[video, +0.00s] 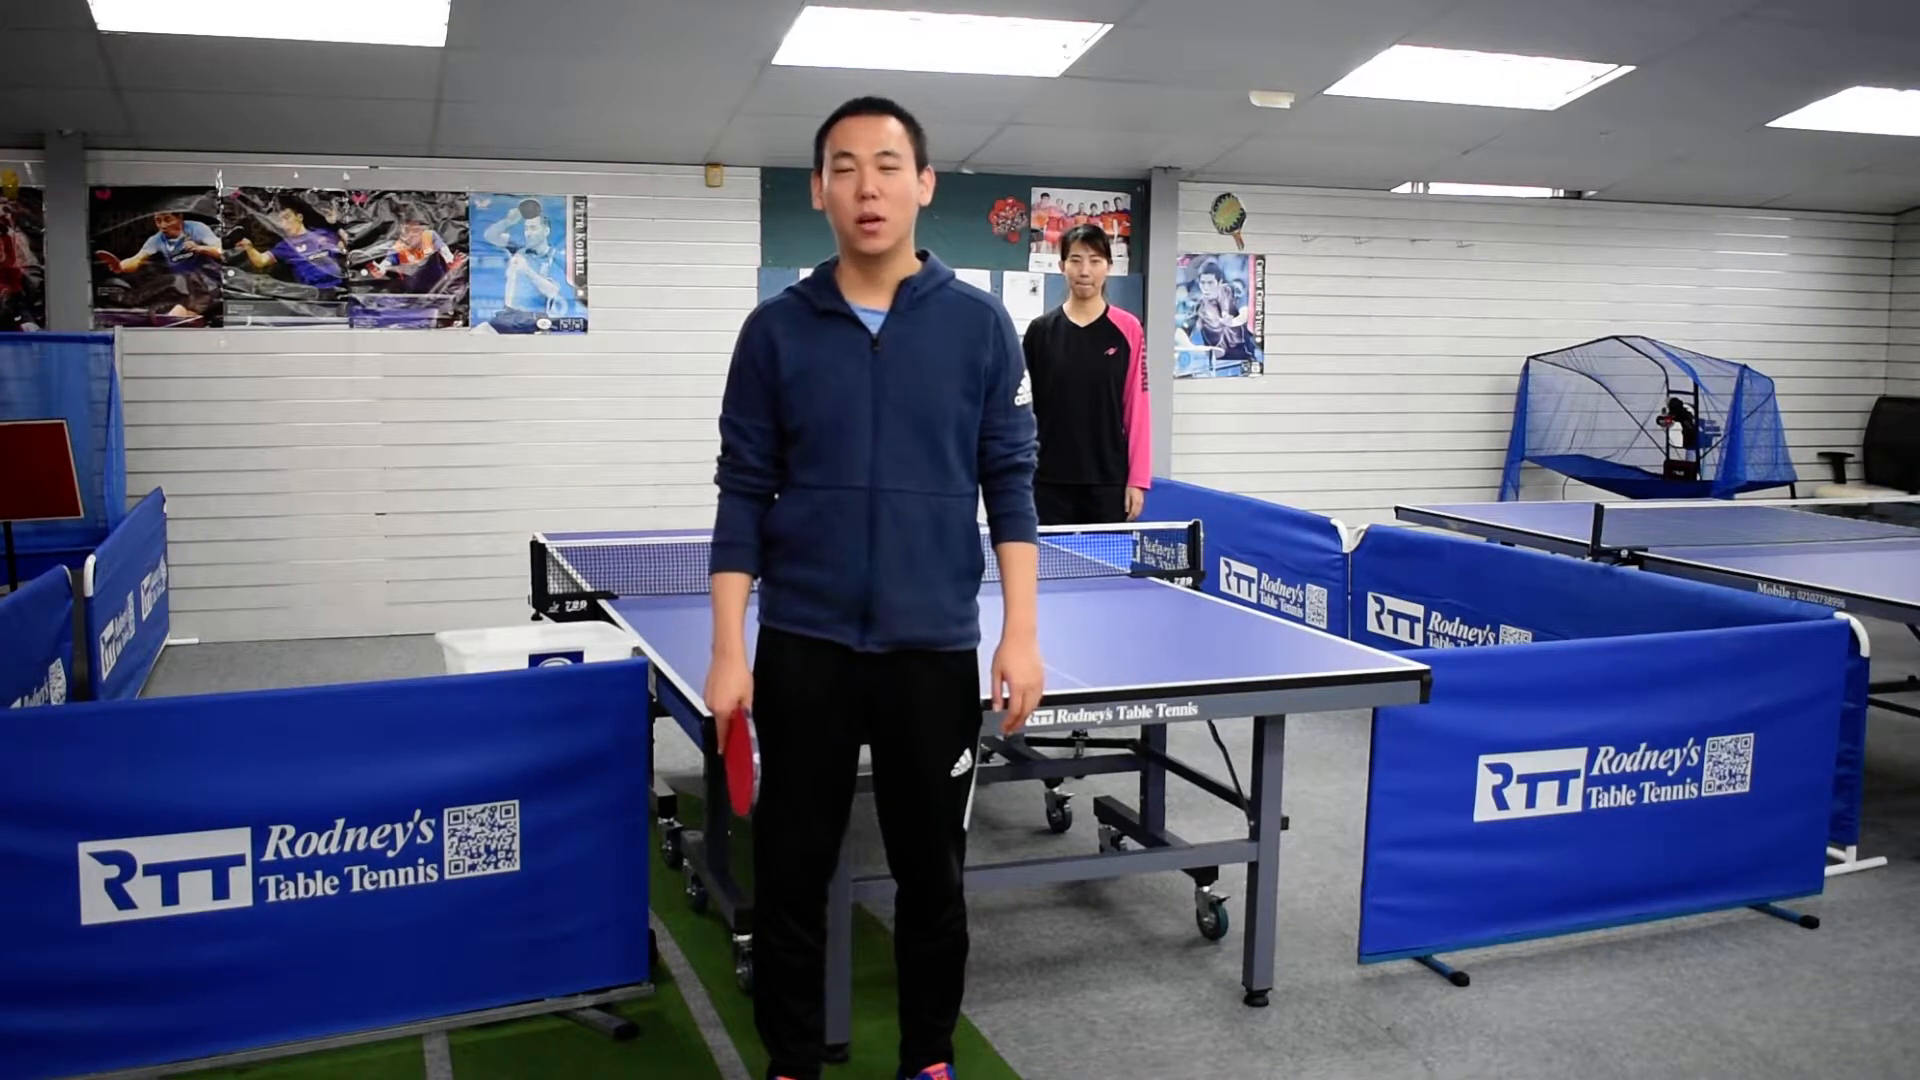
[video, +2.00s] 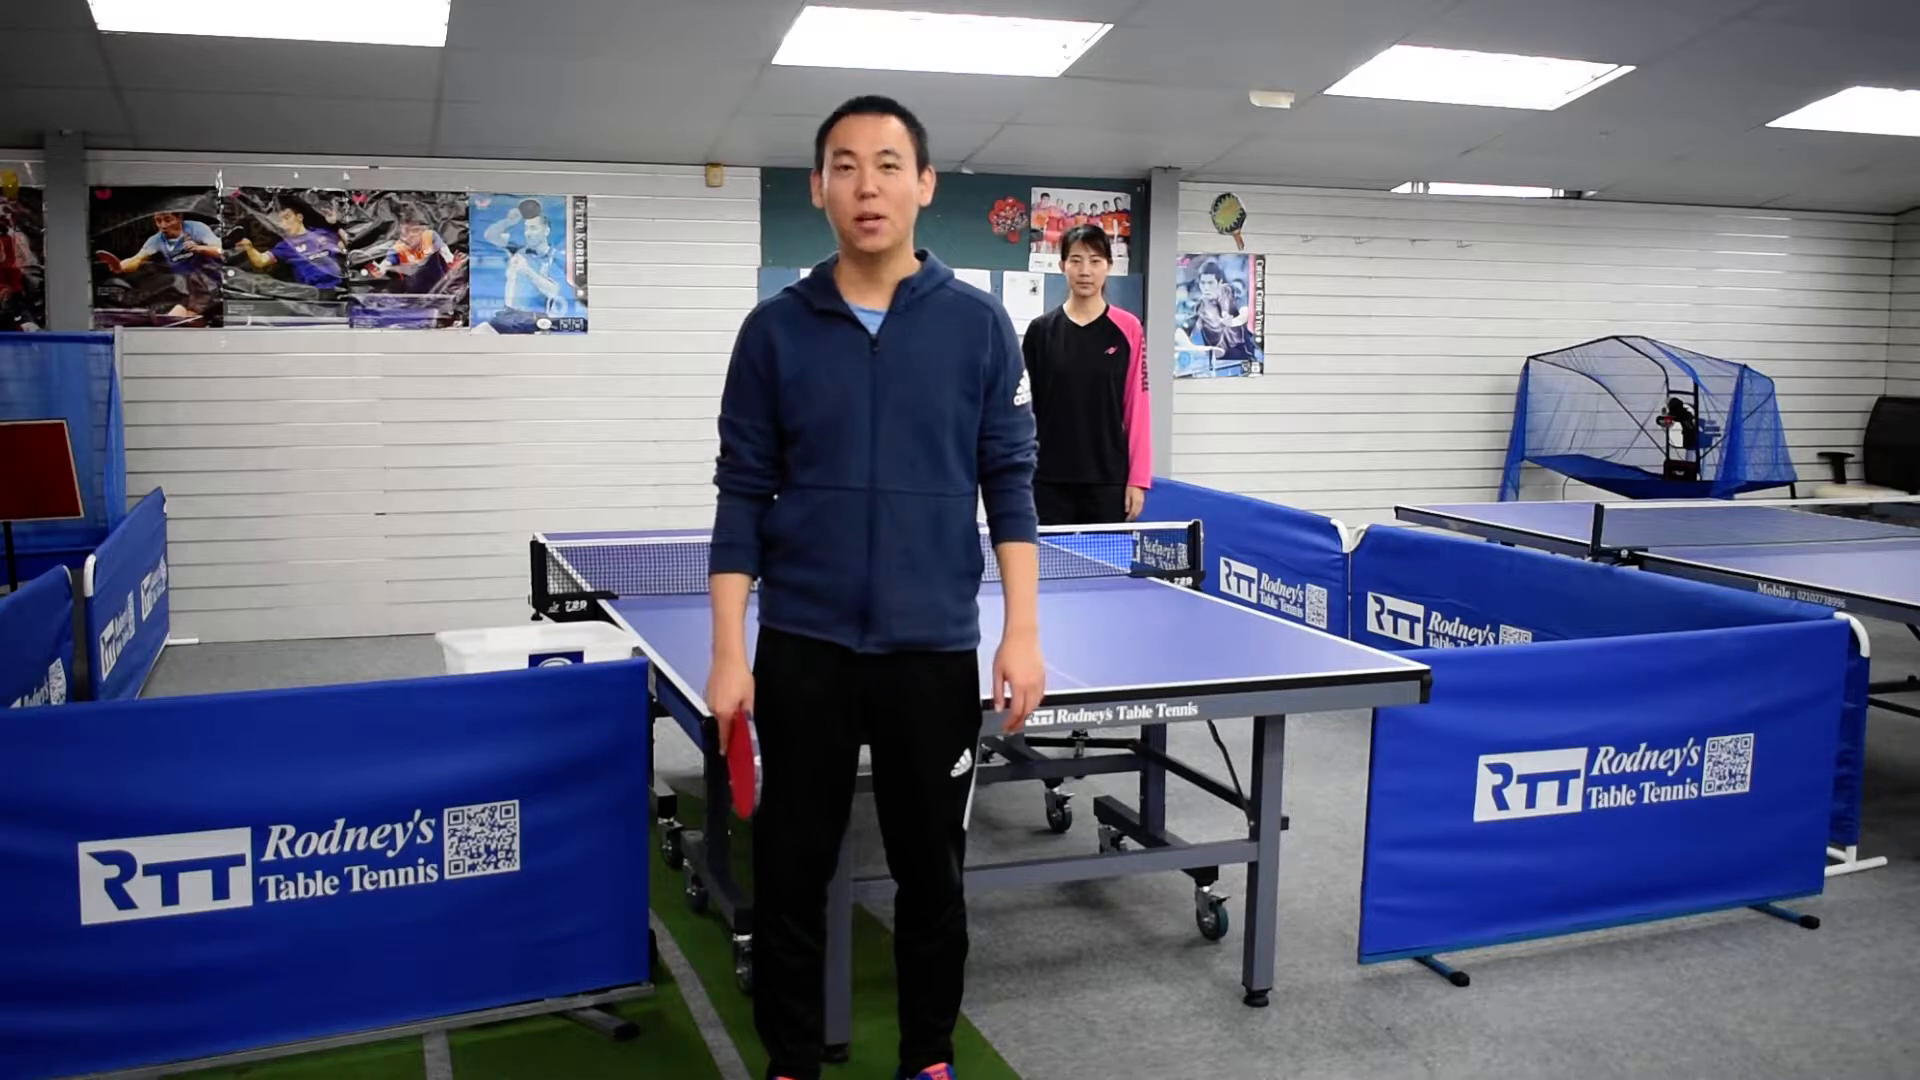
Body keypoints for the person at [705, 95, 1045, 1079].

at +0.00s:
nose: (866, 187)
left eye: (888, 167)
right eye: (845, 169)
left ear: (923, 188)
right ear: (820, 193)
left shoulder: (979, 326)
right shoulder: (776, 330)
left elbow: (1012, 484)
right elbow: (741, 491)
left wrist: (1021, 633)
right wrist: (728, 649)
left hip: (932, 645)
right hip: (805, 644)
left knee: (931, 874)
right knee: (789, 876)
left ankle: (930, 1061)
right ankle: (791, 1062)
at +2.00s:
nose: (866, 186)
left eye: (888, 166)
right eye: (845, 167)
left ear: (923, 188)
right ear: (820, 191)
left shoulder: (978, 325)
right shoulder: (775, 329)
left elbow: (1011, 482)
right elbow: (740, 490)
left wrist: (1022, 631)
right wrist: (728, 651)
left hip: (932, 644)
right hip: (804, 642)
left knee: (931, 871)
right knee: (789, 873)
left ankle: (929, 1060)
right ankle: (790, 1061)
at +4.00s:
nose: (870, 188)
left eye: (893, 168)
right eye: (849, 169)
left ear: (927, 189)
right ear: (824, 191)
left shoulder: (979, 325)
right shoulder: (777, 329)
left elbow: (1012, 482)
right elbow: (742, 490)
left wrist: (1023, 631)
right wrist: (730, 650)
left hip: (934, 644)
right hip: (806, 643)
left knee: (932, 874)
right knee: (791, 875)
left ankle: (930, 1060)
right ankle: (791, 1062)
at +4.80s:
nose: (864, 195)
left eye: (884, 173)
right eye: (842, 176)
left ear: (919, 187)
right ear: (814, 194)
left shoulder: (976, 323)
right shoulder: (777, 328)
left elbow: (1010, 478)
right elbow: (736, 467)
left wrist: (1025, 628)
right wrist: (682, 539)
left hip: (936, 640)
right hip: (808, 636)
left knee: (931, 869)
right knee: (793, 867)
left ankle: (928, 1058)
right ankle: (792, 1062)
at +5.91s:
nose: (878, 183)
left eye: (900, 164)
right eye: (857, 166)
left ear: (936, 189)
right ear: (833, 193)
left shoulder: (989, 326)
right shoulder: (787, 327)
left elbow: (1022, 482)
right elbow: (749, 484)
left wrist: (1032, 633)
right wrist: (754, 639)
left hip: (941, 645)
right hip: (811, 643)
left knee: (935, 874)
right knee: (796, 878)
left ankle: (929, 1059)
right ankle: (792, 1063)